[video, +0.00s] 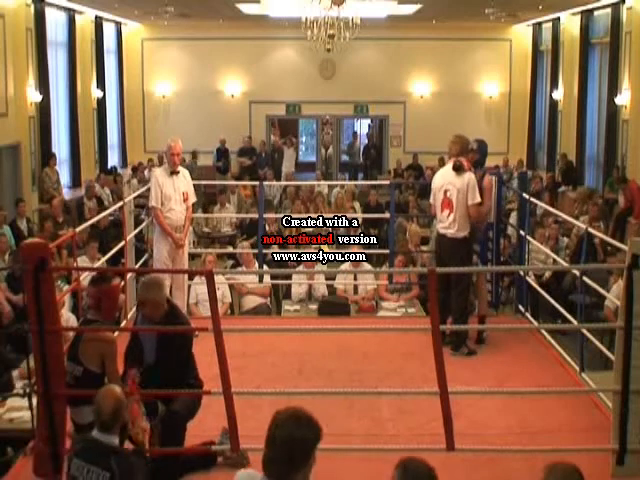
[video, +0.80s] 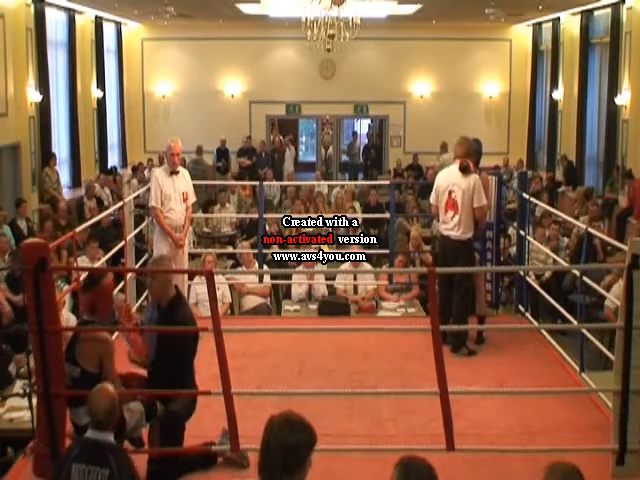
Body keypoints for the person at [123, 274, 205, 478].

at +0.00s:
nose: (142, 310)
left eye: (145, 305)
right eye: (140, 304)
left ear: (161, 302)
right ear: (139, 301)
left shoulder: (180, 326)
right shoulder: (142, 315)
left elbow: (171, 370)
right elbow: (133, 348)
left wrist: (141, 378)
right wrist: (131, 370)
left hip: (183, 386)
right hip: (151, 383)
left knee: (173, 416)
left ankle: (166, 468)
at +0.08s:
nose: (141, 308)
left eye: (145, 304)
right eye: (139, 303)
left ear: (161, 301)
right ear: (138, 300)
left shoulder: (179, 325)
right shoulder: (142, 317)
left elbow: (171, 371)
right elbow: (132, 349)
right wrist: (129, 371)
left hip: (184, 388)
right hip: (154, 388)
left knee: (174, 416)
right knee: (161, 467)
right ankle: (216, 449)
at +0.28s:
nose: (143, 302)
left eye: (147, 296)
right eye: (141, 296)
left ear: (163, 295)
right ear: (139, 294)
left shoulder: (178, 323)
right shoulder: (141, 314)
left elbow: (176, 375)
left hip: (182, 390)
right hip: (150, 389)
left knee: (173, 417)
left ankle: (216, 452)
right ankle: (214, 447)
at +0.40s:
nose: (145, 290)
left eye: (151, 284)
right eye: (145, 284)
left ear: (164, 286)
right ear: (142, 284)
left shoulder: (178, 319)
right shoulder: (146, 310)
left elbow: (173, 372)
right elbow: (137, 357)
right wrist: (128, 331)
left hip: (183, 390)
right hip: (157, 386)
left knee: (172, 416)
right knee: (155, 467)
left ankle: (217, 453)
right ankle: (214, 448)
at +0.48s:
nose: (146, 289)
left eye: (151, 283)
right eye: (145, 283)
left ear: (167, 284)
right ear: (143, 283)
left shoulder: (179, 320)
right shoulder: (149, 310)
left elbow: (166, 378)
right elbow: (135, 353)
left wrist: (131, 380)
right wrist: (126, 324)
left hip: (182, 392)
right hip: (157, 387)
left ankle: (217, 452)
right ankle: (214, 447)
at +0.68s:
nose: (148, 287)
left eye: (153, 280)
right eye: (147, 280)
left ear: (168, 281)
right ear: (150, 280)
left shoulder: (180, 320)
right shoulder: (160, 309)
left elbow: (170, 374)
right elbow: (157, 361)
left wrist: (146, 404)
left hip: (177, 396)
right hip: (162, 390)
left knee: (160, 470)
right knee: (160, 467)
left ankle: (216, 452)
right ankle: (215, 448)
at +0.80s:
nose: (148, 285)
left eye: (153, 278)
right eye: (148, 278)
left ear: (167, 280)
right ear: (150, 279)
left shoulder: (180, 318)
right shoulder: (159, 308)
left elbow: (172, 372)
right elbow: (152, 357)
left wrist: (147, 406)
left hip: (176, 397)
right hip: (161, 391)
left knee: (161, 469)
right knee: (158, 467)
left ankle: (216, 451)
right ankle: (215, 449)